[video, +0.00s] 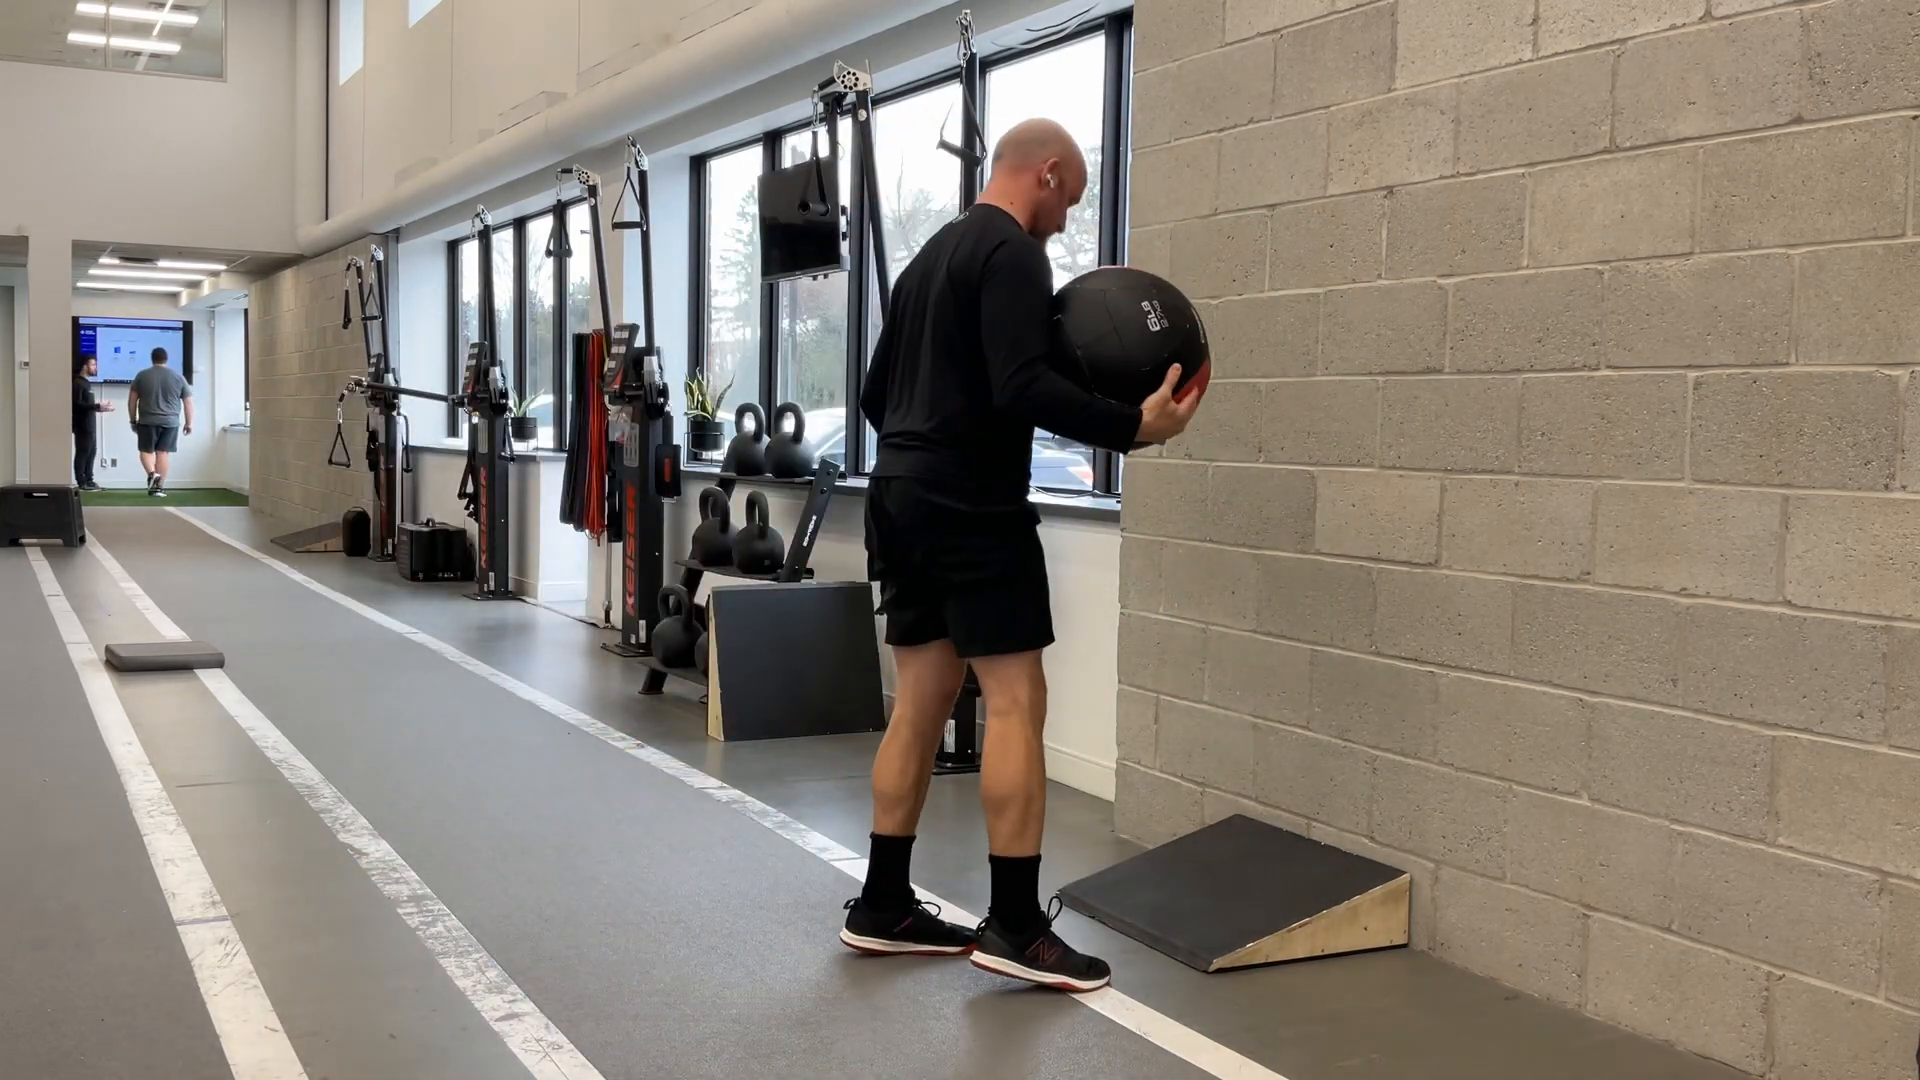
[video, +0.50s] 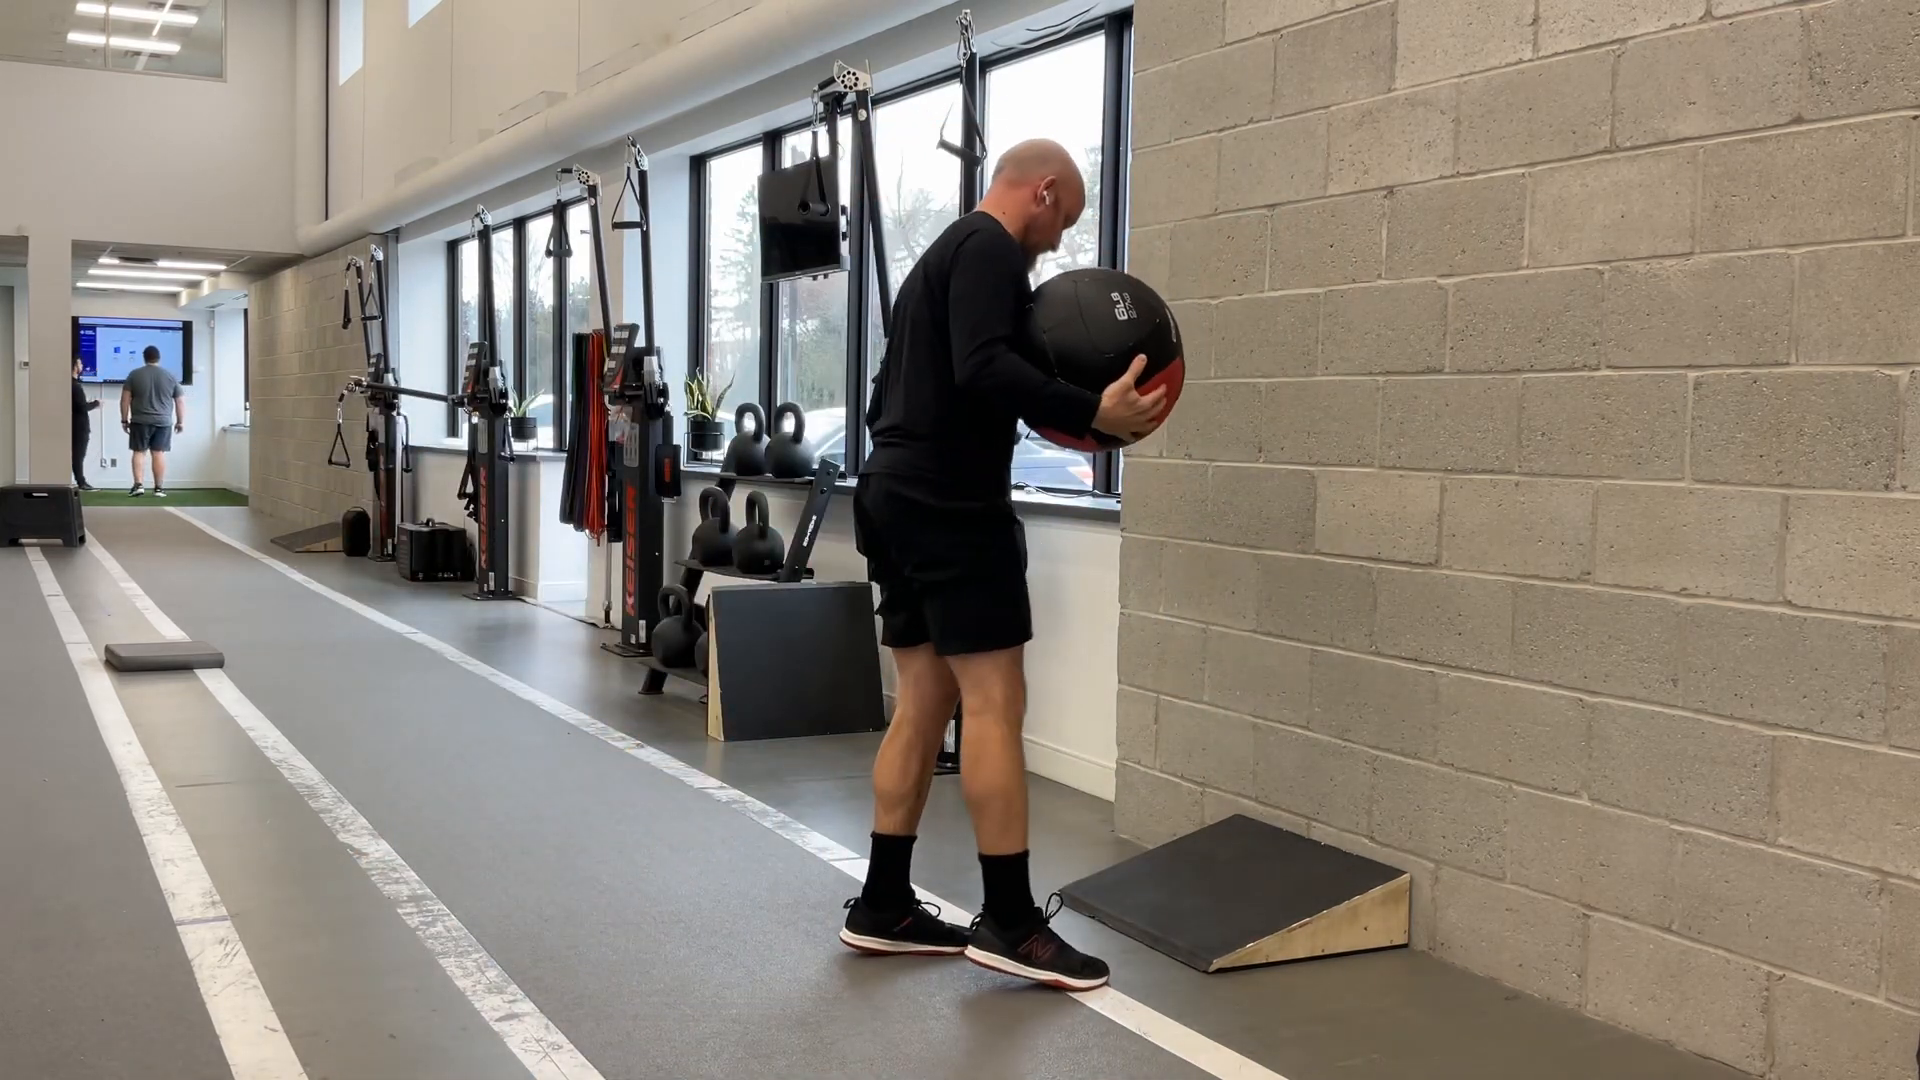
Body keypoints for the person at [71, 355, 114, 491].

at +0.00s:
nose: (95, 368)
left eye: (95, 365)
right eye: (92, 365)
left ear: (89, 367)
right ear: (85, 366)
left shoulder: (85, 383)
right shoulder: (78, 383)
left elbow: (85, 404)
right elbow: (79, 405)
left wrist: (100, 406)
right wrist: (98, 406)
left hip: (89, 423)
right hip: (82, 424)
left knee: (91, 450)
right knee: (83, 451)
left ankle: (89, 479)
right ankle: (82, 481)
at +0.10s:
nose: (93, 366)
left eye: (93, 363)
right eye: (92, 363)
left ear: (86, 365)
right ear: (86, 365)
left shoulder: (83, 382)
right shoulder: (79, 383)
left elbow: (83, 404)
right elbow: (81, 405)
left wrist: (97, 406)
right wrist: (98, 407)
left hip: (86, 424)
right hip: (81, 424)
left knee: (90, 450)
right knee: (83, 451)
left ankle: (87, 479)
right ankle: (82, 481)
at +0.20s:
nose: (91, 366)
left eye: (90, 363)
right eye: (89, 363)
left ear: (81, 365)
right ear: (84, 365)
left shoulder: (78, 381)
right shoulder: (80, 384)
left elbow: (81, 406)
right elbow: (82, 407)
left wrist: (96, 406)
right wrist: (98, 407)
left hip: (81, 425)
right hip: (82, 426)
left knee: (86, 450)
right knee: (85, 450)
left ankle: (81, 479)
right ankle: (81, 481)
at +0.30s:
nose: (88, 366)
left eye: (87, 363)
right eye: (86, 363)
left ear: (77, 366)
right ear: (81, 365)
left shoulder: (74, 381)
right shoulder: (79, 384)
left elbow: (80, 406)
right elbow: (82, 407)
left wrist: (94, 405)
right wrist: (97, 406)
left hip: (77, 423)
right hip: (82, 424)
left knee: (81, 451)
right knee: (82, 451)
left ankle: (80, 480)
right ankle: (81, 481)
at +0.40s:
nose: (84, 366)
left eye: (83, 363)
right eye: (83, 363)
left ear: (74, 366)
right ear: (78, 366)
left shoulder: (73, 382)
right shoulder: (77, 385)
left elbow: (80, 406)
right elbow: (82, 407)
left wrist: (93, 404)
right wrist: (95, 405)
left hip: (76, 425)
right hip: (81, 426)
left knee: (77, 454)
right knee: (79, 454)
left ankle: (81, 481)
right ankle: (81, 482)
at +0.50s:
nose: (81, 366)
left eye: (81, 363)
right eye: (79, 364)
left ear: (74, 367)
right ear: (74, 367)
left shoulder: (73, 383)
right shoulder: (75, 385)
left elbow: (79, 406)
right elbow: (81, 407)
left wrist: (91, 403)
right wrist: (94, 404)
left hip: (76, 425)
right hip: (79, 426)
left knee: (77, 455)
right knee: (78, 455)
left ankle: (81, 481)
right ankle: (81, 482)